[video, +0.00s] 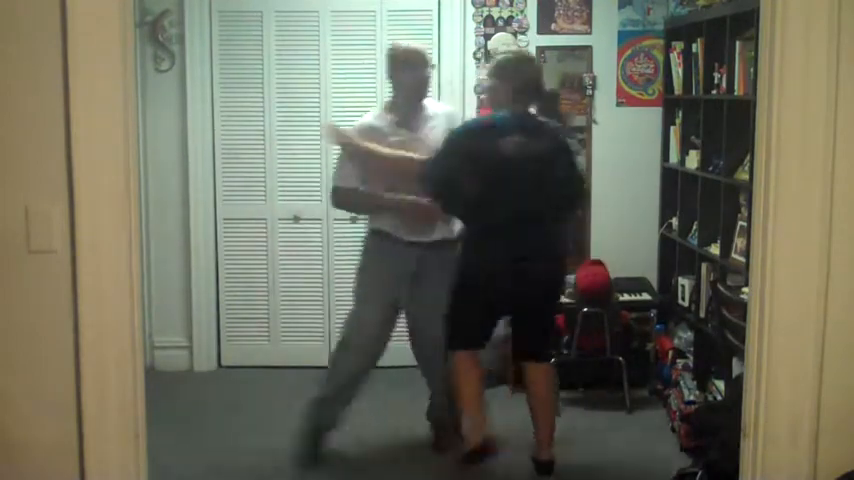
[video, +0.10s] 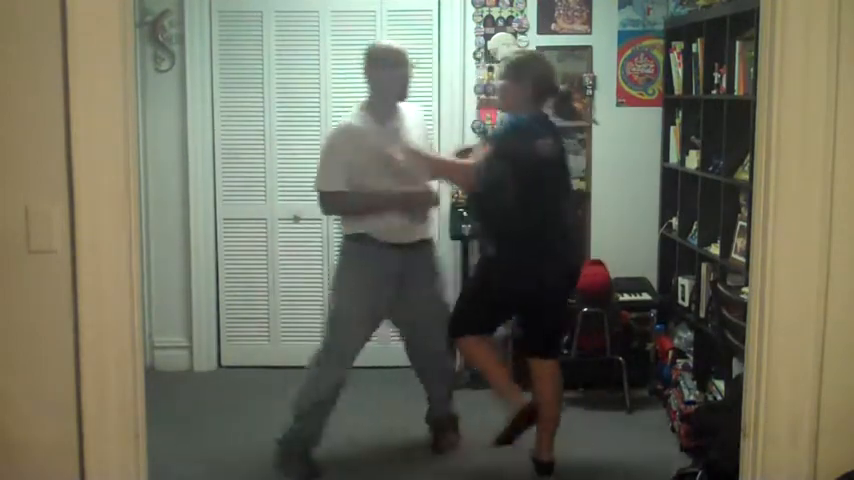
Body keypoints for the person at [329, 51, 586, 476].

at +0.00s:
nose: (483, 88)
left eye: (490, 82)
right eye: (486, 80)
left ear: (507, 88)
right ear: (533, 90)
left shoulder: (473, 135)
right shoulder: (553, 139)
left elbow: (432, 179)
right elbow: (573, 196)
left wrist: (357, 145)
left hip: (486, 257)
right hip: (543, 258)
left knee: (464, 343)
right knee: (537, 352)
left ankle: (476, 436)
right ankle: (544, 451)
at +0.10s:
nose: (399, 79)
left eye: (403, 71)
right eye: (390, 70)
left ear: (407, 77)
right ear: (370, 75)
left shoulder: (411, 127)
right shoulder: (346, 137)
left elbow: (410, 179)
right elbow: (329, 201)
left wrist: (451, 165)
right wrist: (400, 201)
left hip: (417, 256)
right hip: (366, 255)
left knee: (433, 344)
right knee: (338, 352)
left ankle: (442, 420)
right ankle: (297, 443)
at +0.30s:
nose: (367, 76)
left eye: (365, 70)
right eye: (358, 70)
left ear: (351, 78)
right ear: (331, 77)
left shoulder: (352, 124)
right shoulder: (312, 132)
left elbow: (356, 182)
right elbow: (314, 203)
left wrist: (398, 178)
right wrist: (384, 189)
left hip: (361, 255)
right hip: (320, 259)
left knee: (392, 339)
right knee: (319, 357)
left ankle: (378, 412)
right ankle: (296, 450)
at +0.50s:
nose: (339, 68)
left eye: (337, 62)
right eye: (329, 63)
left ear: (316, 74)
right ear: (302, 73)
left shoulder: (317, 121)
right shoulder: (294, 126)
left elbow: (339, 188)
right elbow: (313, 204)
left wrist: (389, 186)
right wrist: (382, 196)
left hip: (317, 253)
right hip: (289, 256)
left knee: (339, 339)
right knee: (311, 355)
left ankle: (251, 403)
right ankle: (294, 453)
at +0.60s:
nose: (331, 67)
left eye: (328, 59)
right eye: (322, 61)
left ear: (302, 72)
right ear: (298, 71)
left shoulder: (304, 124)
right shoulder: (291, 126)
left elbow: (322, 190)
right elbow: (321, 198)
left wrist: (373, 189)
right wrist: (379, 191)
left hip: (299, 256)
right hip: (280, 258)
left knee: (303, 359)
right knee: (299, 362)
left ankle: (225, 434)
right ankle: (295, 459)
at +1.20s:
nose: (324, 70)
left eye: (322, 63)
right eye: (316, 64)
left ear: (284, 74)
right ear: (295, 72)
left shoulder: (267, 120)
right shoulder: (296, 123)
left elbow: (274, 188)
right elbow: (370, 149)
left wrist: (318, 225)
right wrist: (390, 105)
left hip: (266, 254)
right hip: (288, 258)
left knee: (283, 352)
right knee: (320, 354)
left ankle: (221, 436)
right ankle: (304, 456)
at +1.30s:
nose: (330, 70)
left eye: (327, 63)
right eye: (322, 64)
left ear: (290, 72)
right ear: (299, 70)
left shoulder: (275, 116)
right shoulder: (310, 112)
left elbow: (288, 186)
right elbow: (381, 114)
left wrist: (343, 214)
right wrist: (420, 78)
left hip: (267, 248)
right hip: (288, 252)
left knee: (305, 339)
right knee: (320, 344)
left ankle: (249, 410)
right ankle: (306, 452)